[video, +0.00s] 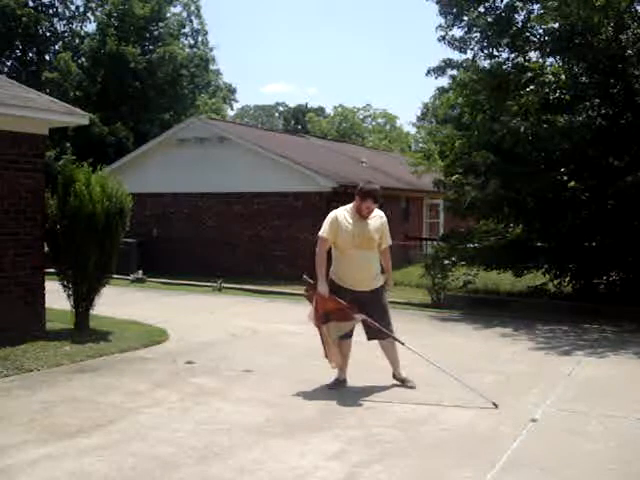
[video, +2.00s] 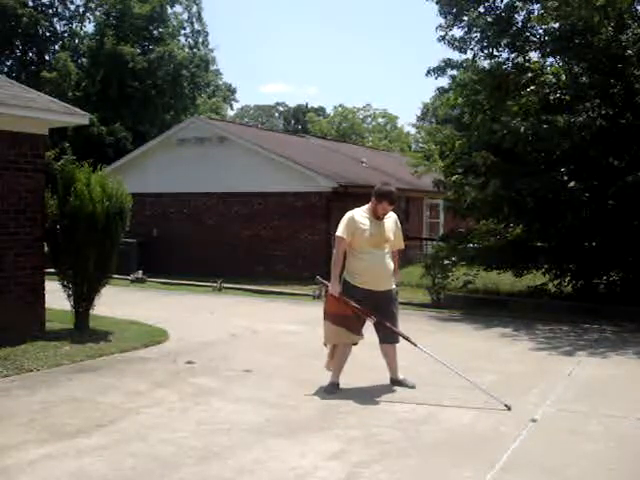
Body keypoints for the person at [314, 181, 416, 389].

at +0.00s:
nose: (369, 210)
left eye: (373, 206)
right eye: (366, 205)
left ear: (377, 205)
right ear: (356, 200)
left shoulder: (379, 218)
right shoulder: (337, 217)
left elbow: (384, 250)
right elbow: (321, 249)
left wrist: (388, 275)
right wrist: (322, 282)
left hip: (373, 288)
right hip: (342, 289)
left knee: (386, 333)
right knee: (343, 335)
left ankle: (397, 372)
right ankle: (341, 375)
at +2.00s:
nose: (386, 211)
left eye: (390, 208)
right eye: (384, 206)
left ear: (392, 206)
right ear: (374, 201)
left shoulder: (392, 220)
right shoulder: (353, 218)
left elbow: (395, 253)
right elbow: (339, 250)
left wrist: (394, 276)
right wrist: (335, 280)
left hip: (385, 289)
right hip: (355, 287)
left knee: (389, 336)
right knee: (346, 334)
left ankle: (395, 376)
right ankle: (334, 380)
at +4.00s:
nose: (384, 212)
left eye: (388, 208)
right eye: (382, 207)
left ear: (391, 207)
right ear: (372, 201)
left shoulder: (394, 221)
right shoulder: (353, 218)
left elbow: (400, 255)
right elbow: (340, 249)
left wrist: (406, 282)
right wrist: (336, 281)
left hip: (387, 289)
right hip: (356, 287)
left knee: (390, 336)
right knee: (346, 335)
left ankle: (396, 377)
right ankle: (335, 380)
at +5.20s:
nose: (385, 212)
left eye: (389, 209)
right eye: (383, 208)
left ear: (391, 207)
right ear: (373, 202)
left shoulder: (392, 221)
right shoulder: (352, 219)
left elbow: (397, 255)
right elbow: (335, 248)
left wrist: (398, 283)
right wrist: (332, 279)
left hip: (385, 289)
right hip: (356, 287)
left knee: (389, 337)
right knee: (347, 336)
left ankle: (395, 376)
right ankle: (335, 379)